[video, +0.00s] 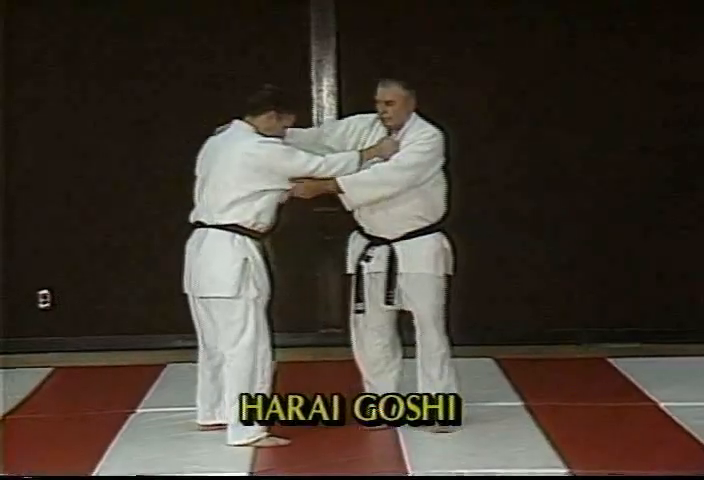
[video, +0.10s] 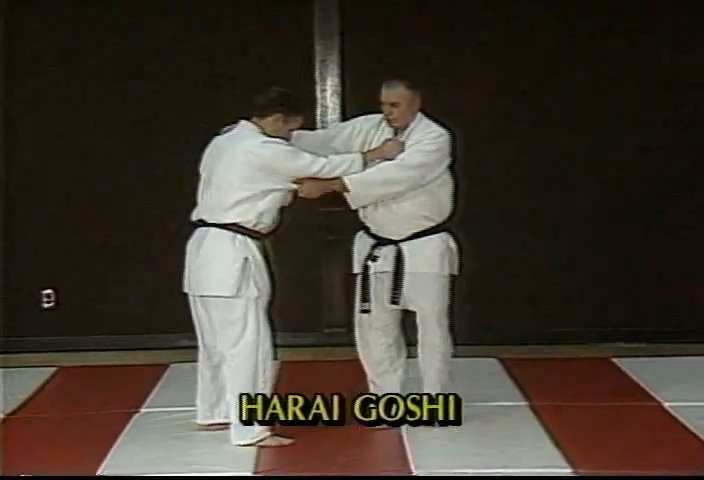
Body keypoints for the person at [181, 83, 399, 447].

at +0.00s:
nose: (286, 130)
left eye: (288, 125)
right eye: (285, 123)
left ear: (253, 114)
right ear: (269, 116)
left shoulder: (216, 141)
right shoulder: (260, 151)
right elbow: (315, 165)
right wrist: (369, 155)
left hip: (200, 247)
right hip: (233, 252)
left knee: (212, 342)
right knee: (245, 344)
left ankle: (212, 413)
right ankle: (245, 430)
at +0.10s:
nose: (292, 135)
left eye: (295, 129)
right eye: (291, 127)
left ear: (264, 117)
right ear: (275, 118)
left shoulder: (223, 140)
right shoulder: (265, 151)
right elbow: (319, 167)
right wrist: (374, 156)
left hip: (201, 246)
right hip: (233, 251)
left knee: (213, 341)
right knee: (246, 342)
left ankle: (212, 411)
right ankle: (249, 429)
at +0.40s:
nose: (303, 136)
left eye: (306, 130)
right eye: (302, 128)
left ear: (274, 117)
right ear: (287, 119)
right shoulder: (276, 152)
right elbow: (329, 172)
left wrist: (309, 193)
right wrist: (384, 162)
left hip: (207, 246)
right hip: (238, 252)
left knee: (221, 340)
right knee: (252, 341)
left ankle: (220, 411)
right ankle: (255, 427)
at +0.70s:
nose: (310, 134)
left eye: (313, 128)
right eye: (310, 126)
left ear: (282, 115)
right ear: (297, 118)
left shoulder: (242, 139)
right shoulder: (280, 152)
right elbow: (330, 184)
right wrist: (387, 173)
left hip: (215, 243)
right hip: (244, 250)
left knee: (227, 336)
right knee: (258, 339)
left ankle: (224, 408)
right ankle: (260, 426)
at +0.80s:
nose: (312, 134)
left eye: (315, 128)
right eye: (312, 126)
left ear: (283, 115)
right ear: (297, 118)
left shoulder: (244, 139)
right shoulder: (280, 151)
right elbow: (330, 185)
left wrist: (335, 169)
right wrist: (388, 174)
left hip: (217, 243)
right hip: (246, 250)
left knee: (229, 337)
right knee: (260, 339)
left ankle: (225, 408)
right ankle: (262, 425)